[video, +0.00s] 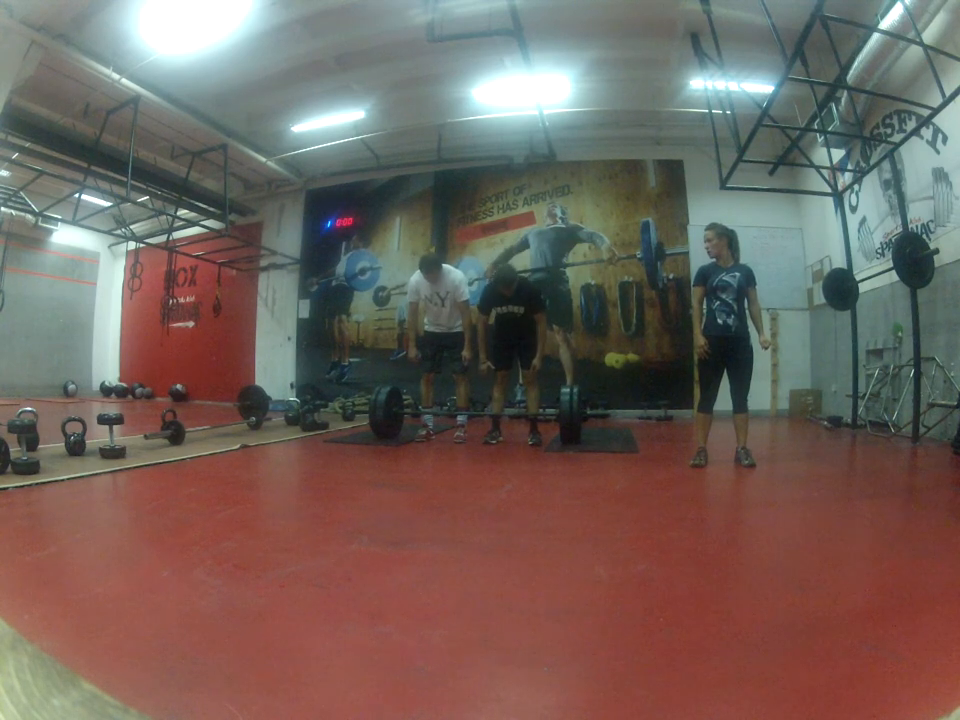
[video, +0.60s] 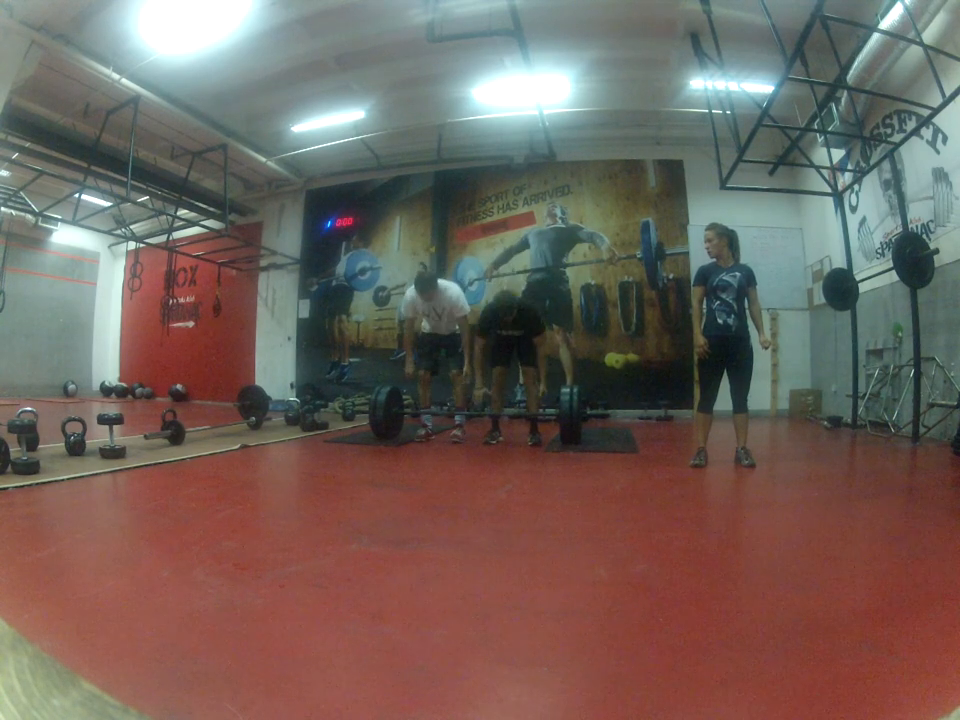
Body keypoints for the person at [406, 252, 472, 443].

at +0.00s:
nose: (431, 279)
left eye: (433, 276)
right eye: (427, 276)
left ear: (440, 269)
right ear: (422, 272)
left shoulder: (456, 277)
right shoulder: (416, 280)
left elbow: (466, 312)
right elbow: (412, 315)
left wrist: (467, 346)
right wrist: (412, 344)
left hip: (456, 331)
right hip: (431, 331)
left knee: (460, 377)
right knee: (427, 376)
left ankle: (461, 426)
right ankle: (427, 425)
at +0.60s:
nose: (427, 299)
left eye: (430, 295)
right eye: (423, 296)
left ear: (436, 287)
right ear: (417, 290)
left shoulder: (453, 293)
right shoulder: (412, 295)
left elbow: (464, 327)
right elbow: (409, 328)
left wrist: (467, 362)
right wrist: (408, 360)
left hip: (452, 333)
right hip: (428, 333)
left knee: (456, 374)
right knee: (423, 375)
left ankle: (459, 425)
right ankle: (426, 425)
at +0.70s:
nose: (427, 318)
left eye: (429, 314)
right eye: (423, 315)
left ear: (435, 308)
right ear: (417, 310)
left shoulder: (452, 312)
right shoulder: (410, 315)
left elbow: (463, 346)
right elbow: (407, 349)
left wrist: (467, 384)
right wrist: (407, 383)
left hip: (452, 340)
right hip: (427, 341)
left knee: (454, 374)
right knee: (422, 376)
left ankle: (459, 426)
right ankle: (426, 426)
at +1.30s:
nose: (429, 299)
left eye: (432, 295)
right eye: (425, 295)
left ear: (438, 291)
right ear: (420, 292)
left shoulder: (453, 303)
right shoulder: (412, 305)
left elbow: (460, 339)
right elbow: (409, 341)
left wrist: (466, 372)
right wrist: (407, 373)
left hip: (450, 336)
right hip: (426, 337)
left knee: (456, 376)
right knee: (423, 376)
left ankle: (458, 426)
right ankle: (427, 425)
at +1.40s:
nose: (429, 272)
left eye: (432, 267)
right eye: (425, 268)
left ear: (438, 265)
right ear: (420, 266)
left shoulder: (454, 284)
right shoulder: (413, 286)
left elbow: (460, 321)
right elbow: (410, 322)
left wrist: (464, 351)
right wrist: (406, 353)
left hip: (451, 329)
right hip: (427, 329)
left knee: (458, 374)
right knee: (425, 377)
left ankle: (459, 425)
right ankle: (427, 426)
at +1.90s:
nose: (433, 289)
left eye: (436, 284)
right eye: (429, 285)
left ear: (442, 283)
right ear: (424, 285)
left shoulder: (458, 299)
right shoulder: (416, 303)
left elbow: (461, 334)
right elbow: (409, 338)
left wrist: (463, 366)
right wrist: (404, 370)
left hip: (456, 336)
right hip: (432, 336)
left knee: (454, 373)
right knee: (423, 374)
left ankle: (456, 426)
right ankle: (426, 425)